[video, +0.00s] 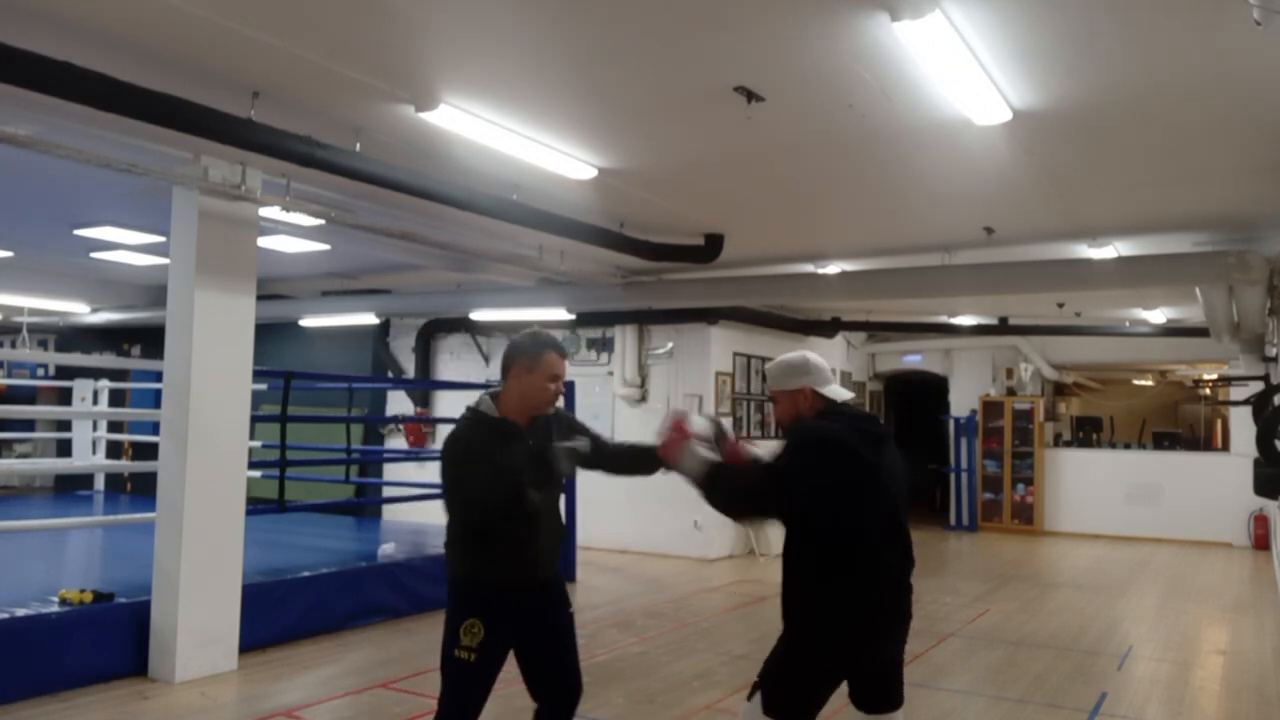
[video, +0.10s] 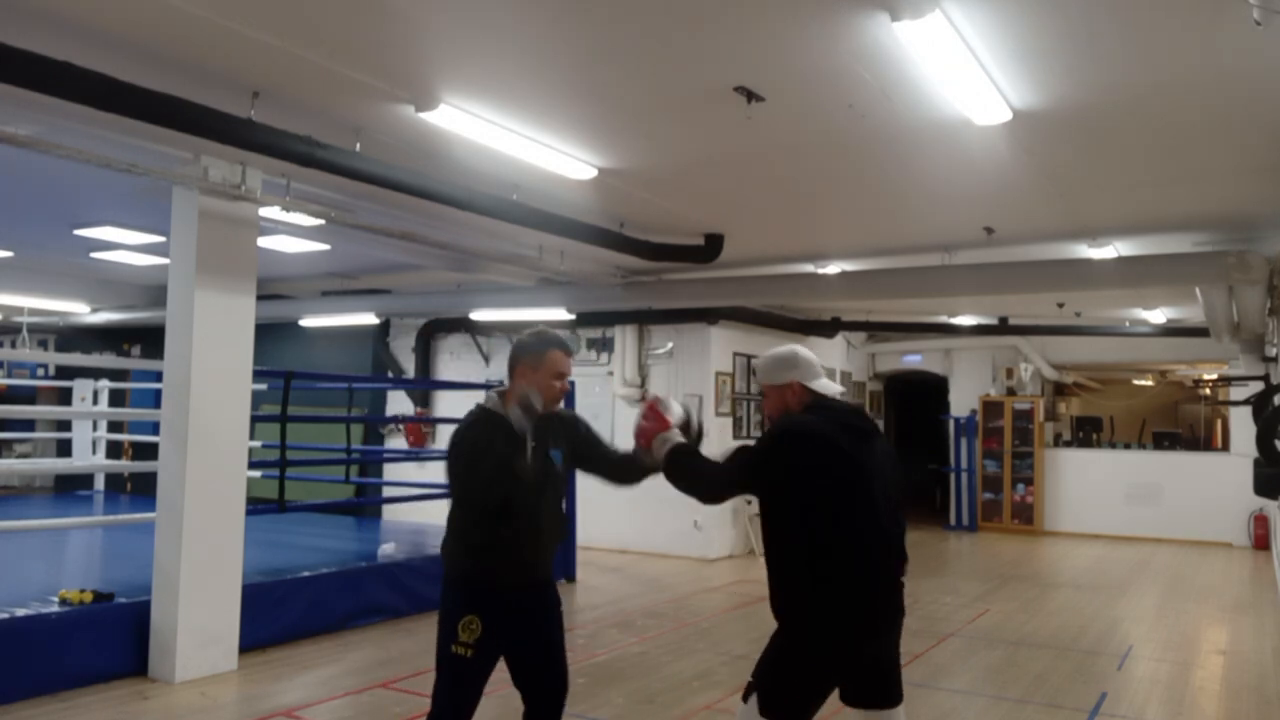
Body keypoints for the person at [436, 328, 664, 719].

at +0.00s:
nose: (560, 390)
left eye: (561, 381)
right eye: (553, 380)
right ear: (517, 374)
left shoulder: (555, 426)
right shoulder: (468, 440)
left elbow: (605, 454)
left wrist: (663, 455)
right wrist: (544, 469)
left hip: (540, 590)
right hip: (481, 594)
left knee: (561, 696)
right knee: (459, 708)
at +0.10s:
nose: (565, 388)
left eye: (567, 379)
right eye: (557, 377)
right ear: (522, 373)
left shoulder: (562, 427)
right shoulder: (477, 430)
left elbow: (620, 469)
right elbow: (477, 507)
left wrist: (656, 449)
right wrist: (518, 422)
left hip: (533, 588)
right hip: (475, 590)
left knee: (548, 696)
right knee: (453, 705)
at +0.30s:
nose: (569, 393)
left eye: (572, 385)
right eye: (562, 382)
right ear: (528, 376)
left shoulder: (542, 433)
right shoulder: (493, 425)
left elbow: (549, 497)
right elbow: (548, 470)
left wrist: (583, 517)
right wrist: (609, 425)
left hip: (515, 583)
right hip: (463, 582)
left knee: (534, 694)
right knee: (422, 700)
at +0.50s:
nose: (527, 391)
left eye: (529, 383)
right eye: (520, 381)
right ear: (486, 377)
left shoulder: (503, 432)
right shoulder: (448, 435)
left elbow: (534, 485)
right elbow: (453, 535)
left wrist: (554, 438)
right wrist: (538, 532)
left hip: (492, 592)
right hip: (436, 595)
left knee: (526, 700)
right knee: (396, 708)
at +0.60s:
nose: (505, 390)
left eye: (506, 380)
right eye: (496, 379)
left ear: (472, 380)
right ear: (462, 378)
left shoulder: (488, 431)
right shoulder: (426, 440)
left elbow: (522, 478)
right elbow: (430, 538)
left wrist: (552, 443)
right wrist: (517, 543)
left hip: (482, 592)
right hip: (426, 596)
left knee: (523, 699)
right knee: (392, 710)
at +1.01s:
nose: (490, 391)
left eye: (493, 381)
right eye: (480, 382)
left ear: (495, 381)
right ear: (443, 380)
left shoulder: (503, 421)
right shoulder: (405, 448)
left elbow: (556, 434)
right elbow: (397, 530)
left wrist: (614, 432)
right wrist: (453, 495)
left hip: (495, 593)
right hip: (428, 596)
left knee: (524, 709)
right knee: (390, 708)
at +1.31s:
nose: (492, 389)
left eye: (494, 380)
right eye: (481, 379)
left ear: (497, 382)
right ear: (447, 380)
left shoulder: (502, 434)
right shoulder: (412, 443)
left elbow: (527, 501)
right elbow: (397, 520)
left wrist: (549, 561)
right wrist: (456, 489)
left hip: (499, 595)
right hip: (433, 598)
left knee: (540, 706)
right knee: (395, 709)